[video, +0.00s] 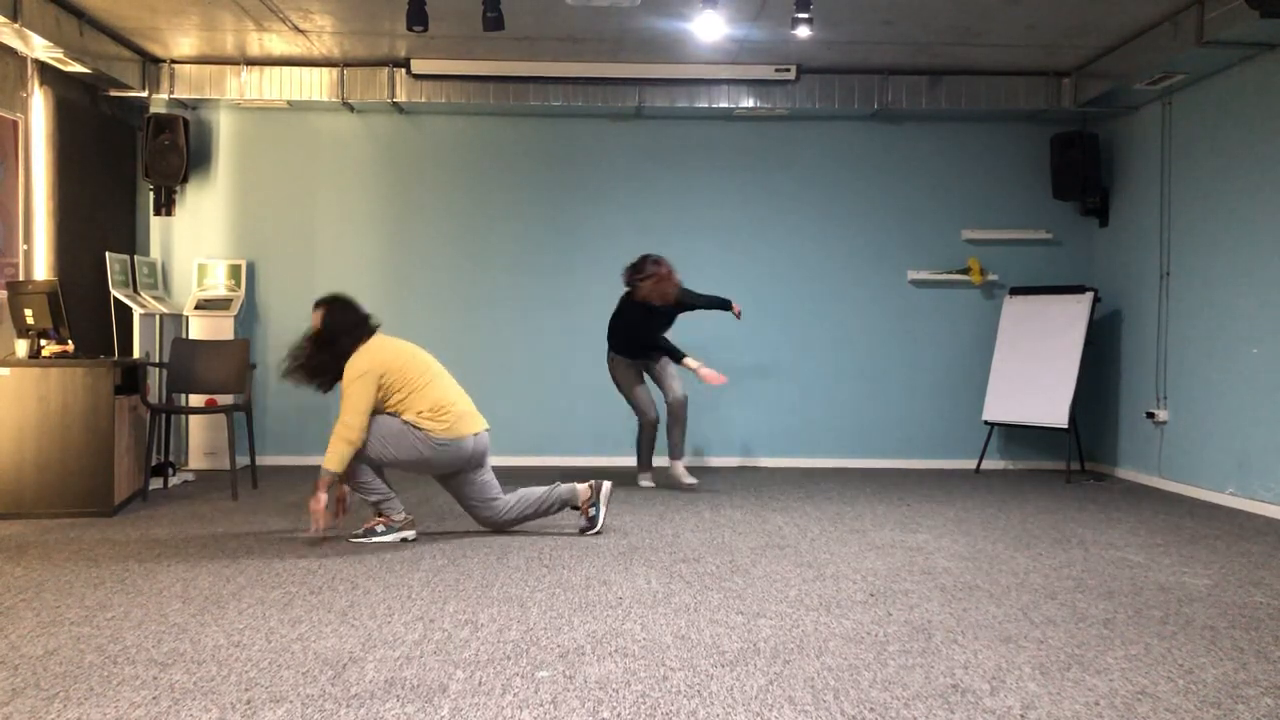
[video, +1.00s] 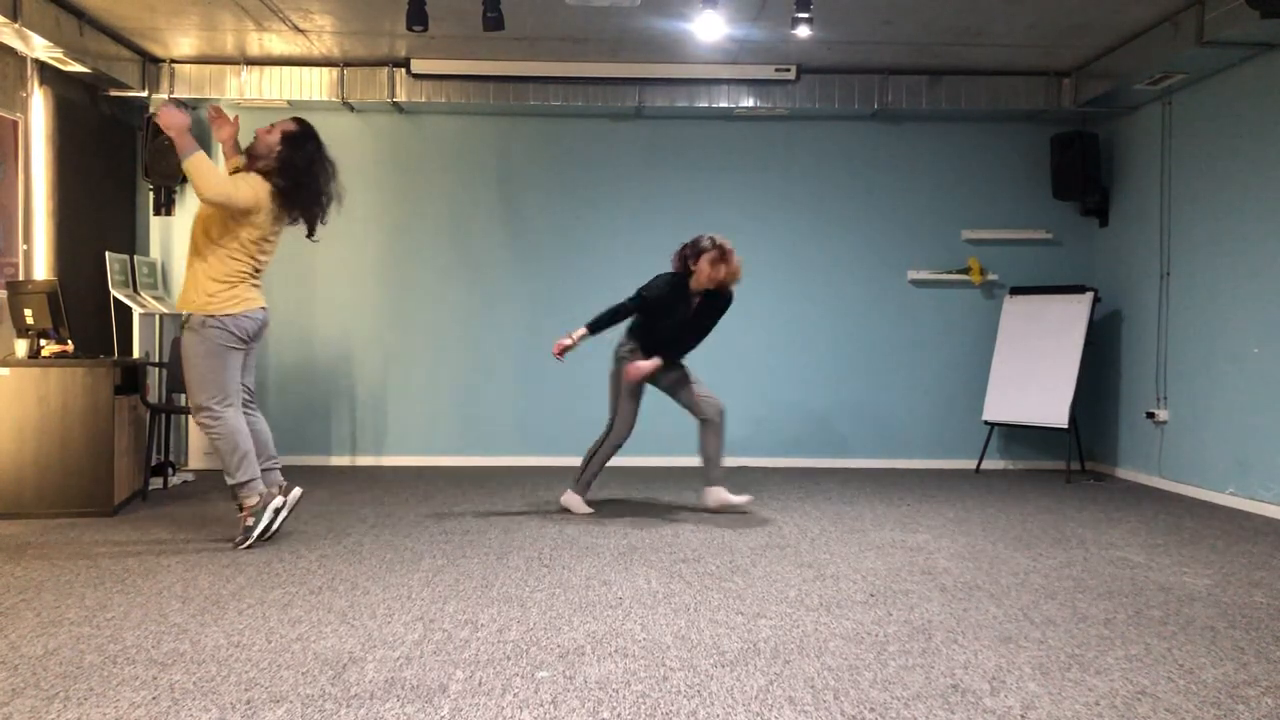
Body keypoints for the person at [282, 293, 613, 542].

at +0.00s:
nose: (313, 334)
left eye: (317, 327)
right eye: (314, 326)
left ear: (336, 331)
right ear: (354, 326)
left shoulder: (362, 363)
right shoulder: (386, 349)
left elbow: (347, 429)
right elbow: (368, 426)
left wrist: (323, 486)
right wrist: (343, 483)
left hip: (439, 441)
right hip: (469, 437)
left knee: (347, 443)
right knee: (496, 513)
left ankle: (393, 519)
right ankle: (582, 494)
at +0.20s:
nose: (316, 234)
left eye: (324, 229)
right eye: (321, 226)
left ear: (343, 242)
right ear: (360, 244)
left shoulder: (352, 289)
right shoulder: (380, 281)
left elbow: (350, 354)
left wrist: (316, 393)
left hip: (411, 388)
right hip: (441, 381)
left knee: (334, 446)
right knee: (477, 453)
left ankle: (392, 516)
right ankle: (565, 489)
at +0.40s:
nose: (312, 160)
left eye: (322, 155)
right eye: (319, 152)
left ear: (338, 173)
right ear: (350, 177)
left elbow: (301, 279)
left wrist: (265, 294)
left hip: (356, 344)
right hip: (387, 338)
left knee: (340, 437)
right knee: (366, 426)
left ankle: (391, 513)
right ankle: (430, 476)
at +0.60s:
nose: (298, 133)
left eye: (307, 131)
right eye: (304, 127)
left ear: (321, 149)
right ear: (334, 156)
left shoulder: (303, 193)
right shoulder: (335, 196)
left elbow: (281, 241)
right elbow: (305, 251)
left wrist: (234, 233)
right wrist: (262, 255)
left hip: (301, 319)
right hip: (326, 316)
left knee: (281, 410)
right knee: (289, 409)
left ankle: (338, 488)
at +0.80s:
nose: (285, 133)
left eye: (295, 134)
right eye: (292, 129)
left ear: (305, 156)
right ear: (310, 161)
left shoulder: (285, 195)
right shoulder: (308, 198)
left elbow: (240, 215)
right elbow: (257, 209)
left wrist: (198, 177)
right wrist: (230, 179)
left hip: (251, 321)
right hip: (281, 322)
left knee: (224, 410)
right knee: (261, 409)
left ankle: (261, 501)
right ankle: (288, 495)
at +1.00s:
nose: (262, 129)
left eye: (272, 130)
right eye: (270, 125)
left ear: (281, 153)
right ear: (284, 160)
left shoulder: (253, 189)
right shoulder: (275, 193)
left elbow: (211, 189)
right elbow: (239, 189)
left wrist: (181, 136)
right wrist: (228, 146)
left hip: (215, 314)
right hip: (246, 311)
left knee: (215, 410)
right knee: (242, 403)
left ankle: (253, 501)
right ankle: (273, 487)